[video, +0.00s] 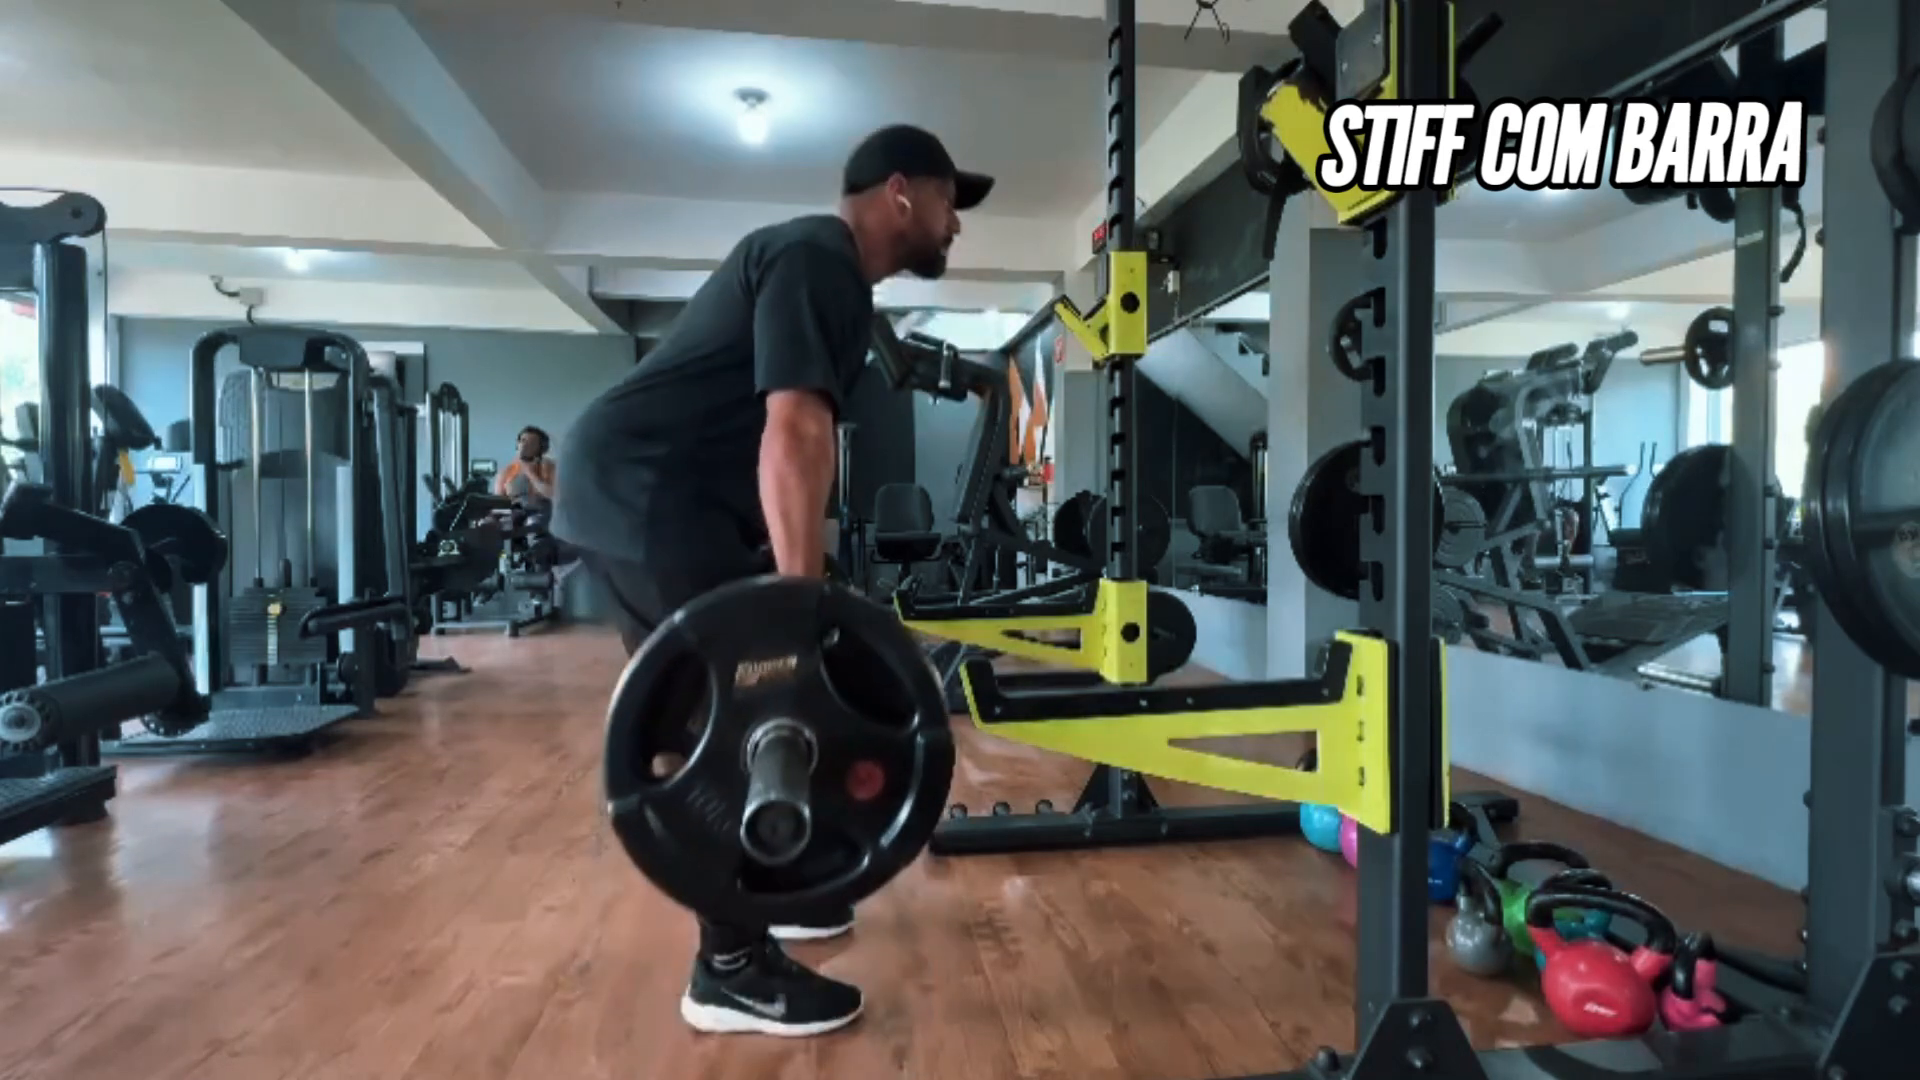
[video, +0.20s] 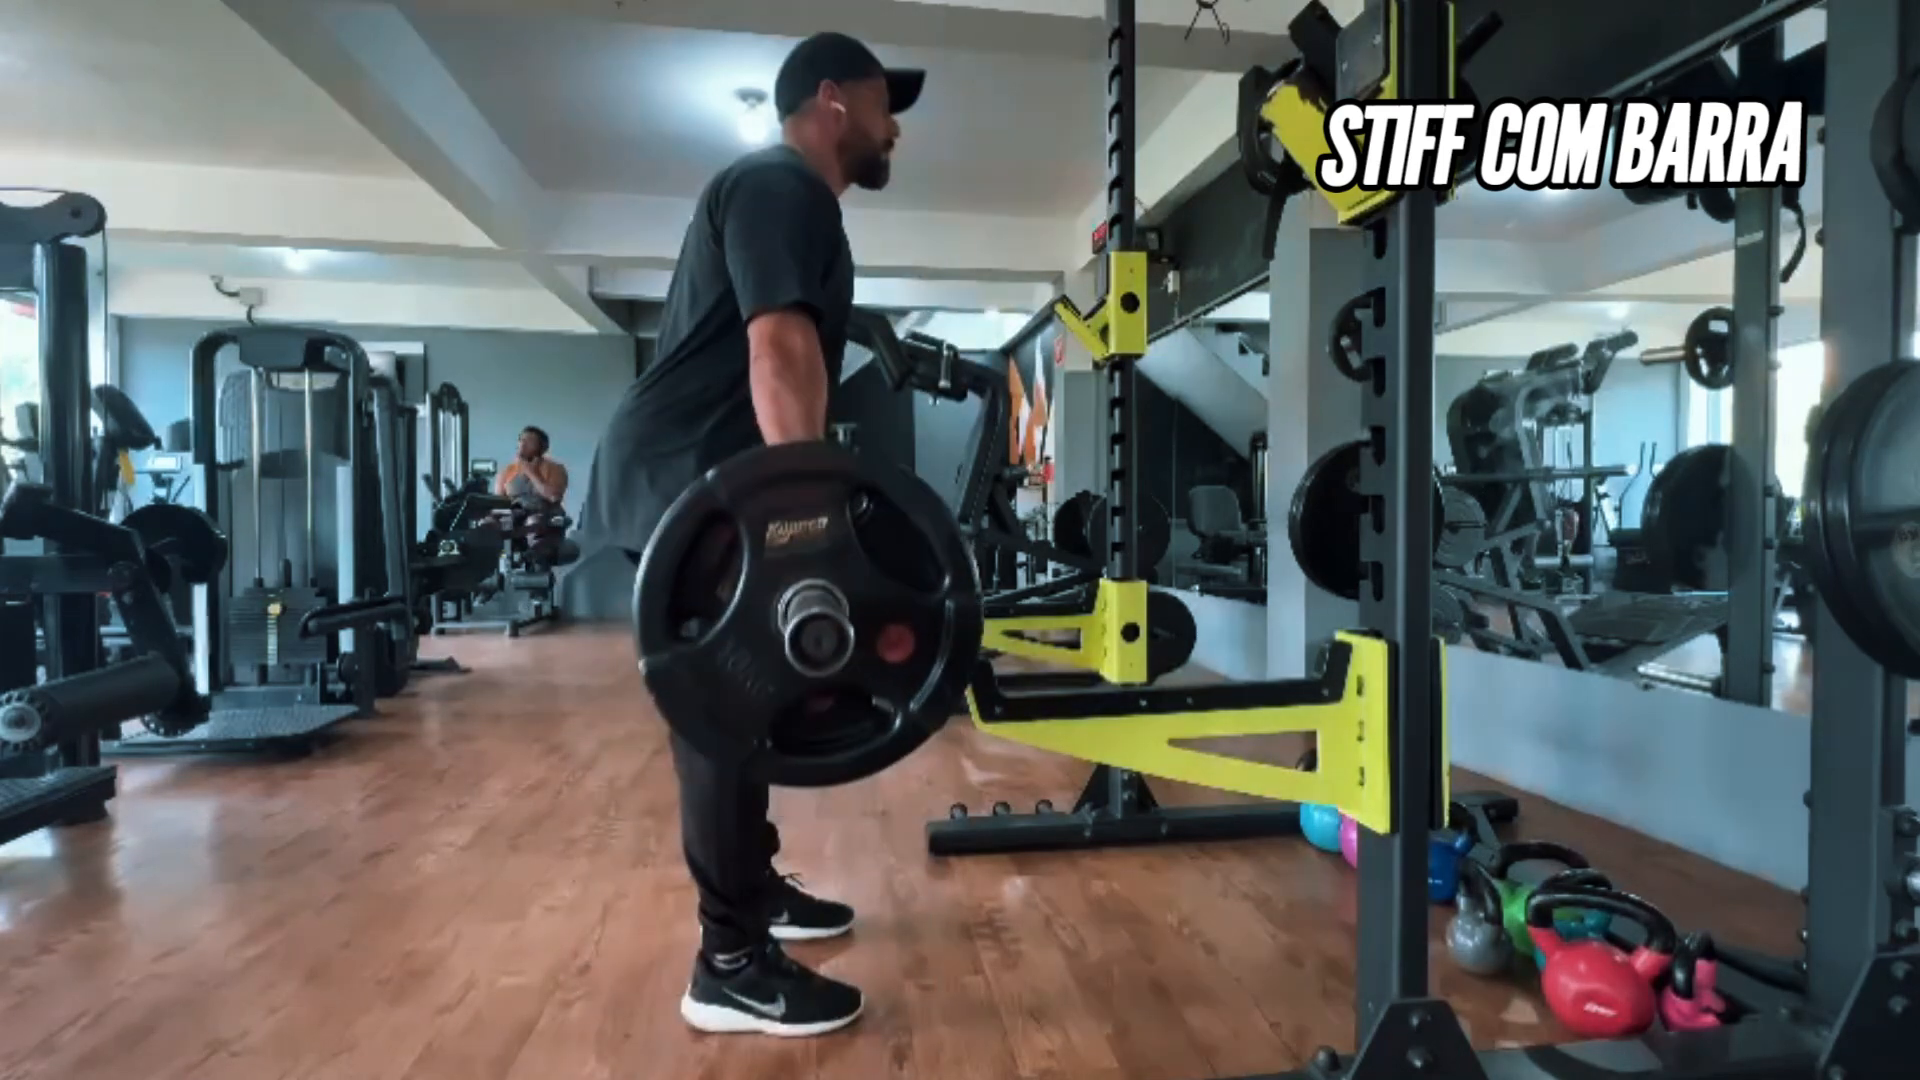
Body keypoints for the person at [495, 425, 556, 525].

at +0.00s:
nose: (524, 446)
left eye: (530, 443)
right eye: (522, 441)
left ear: (541, 448)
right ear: (518, 444)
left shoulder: (548, 468)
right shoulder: (507, 472)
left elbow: (553, 495)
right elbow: (499, 500)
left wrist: (530, 473)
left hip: (538, 512)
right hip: (513, 512)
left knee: (532, 525)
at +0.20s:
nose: (522, 445)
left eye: (528, 441)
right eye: (521, 440)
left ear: (540, 446)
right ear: (519, 442)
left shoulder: (555, 470)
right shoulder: (509, 471)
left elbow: (554, 497)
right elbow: (500, 499)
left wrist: (530, 472)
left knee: (533, 522)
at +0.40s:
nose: (523, 444)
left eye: (529, 440)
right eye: (522, 440)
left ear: (541, 446)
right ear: (520, 442)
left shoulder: (555, 470)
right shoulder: (509, 471)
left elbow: (554, 497)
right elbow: (500, 499)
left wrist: (530, 472)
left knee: (533, 522)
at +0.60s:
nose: (523, 444)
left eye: (530, 440)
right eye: (522, 440)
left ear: (541, 446)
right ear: (519, 442)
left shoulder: (555, 470)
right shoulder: (509, 471)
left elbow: (554, 497)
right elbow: (500, 499)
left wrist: (529, 471)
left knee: (533, 522)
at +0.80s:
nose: (523, 446)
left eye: (529, 442)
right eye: (521, 441)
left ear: (542, 447)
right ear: (518, 443)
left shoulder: (555, 470)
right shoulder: (508, 471)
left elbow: (552, 495)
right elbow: (500, 501)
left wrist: (528, 468)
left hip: (546, 519)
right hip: (515, 520)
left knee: (534, 523)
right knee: (486, 525)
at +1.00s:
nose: (525, 445)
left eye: (531, 442)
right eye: (523, 441)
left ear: (543, 448)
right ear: (518, 444)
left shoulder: (555, 469)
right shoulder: (508, 471)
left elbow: (548, 491)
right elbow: (500, 500)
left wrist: (528, 465)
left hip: (545, 517)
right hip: (514, 518)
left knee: (533, 523)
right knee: (487, 524)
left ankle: (540, 573)